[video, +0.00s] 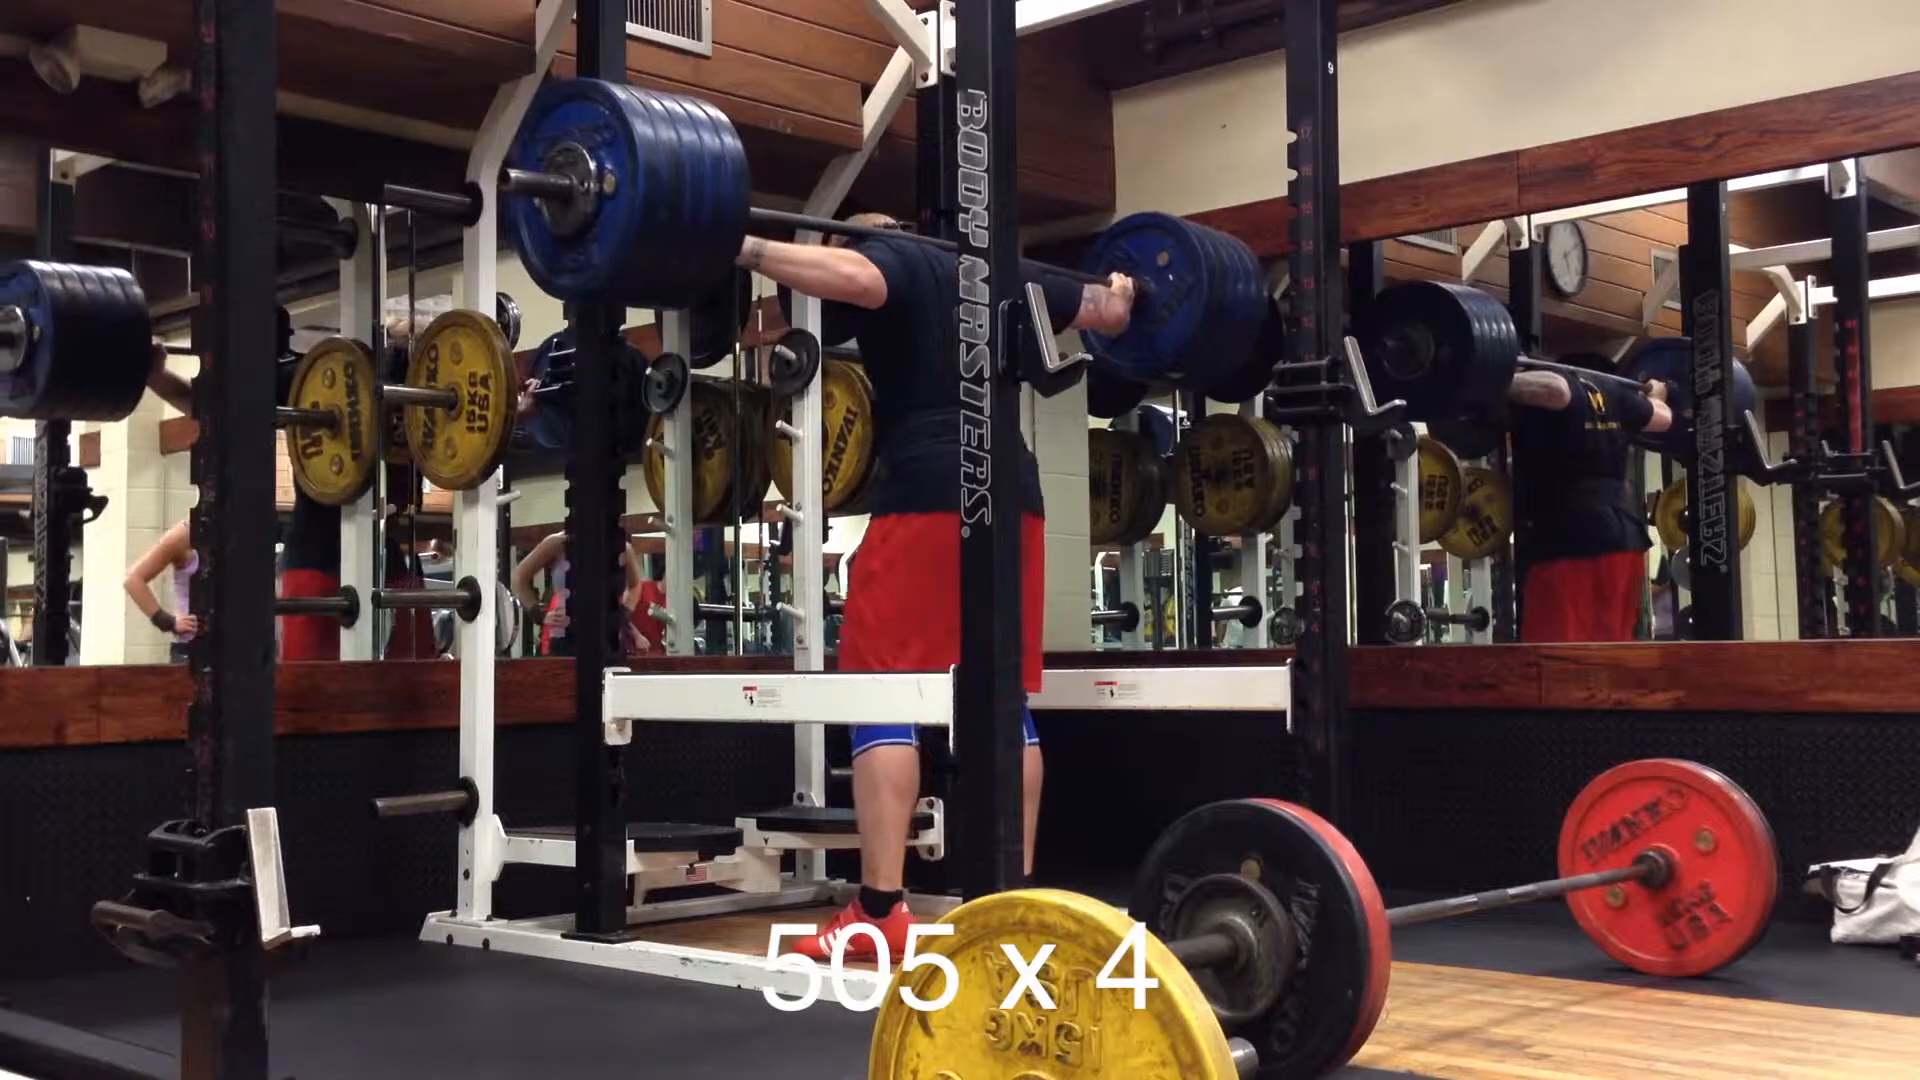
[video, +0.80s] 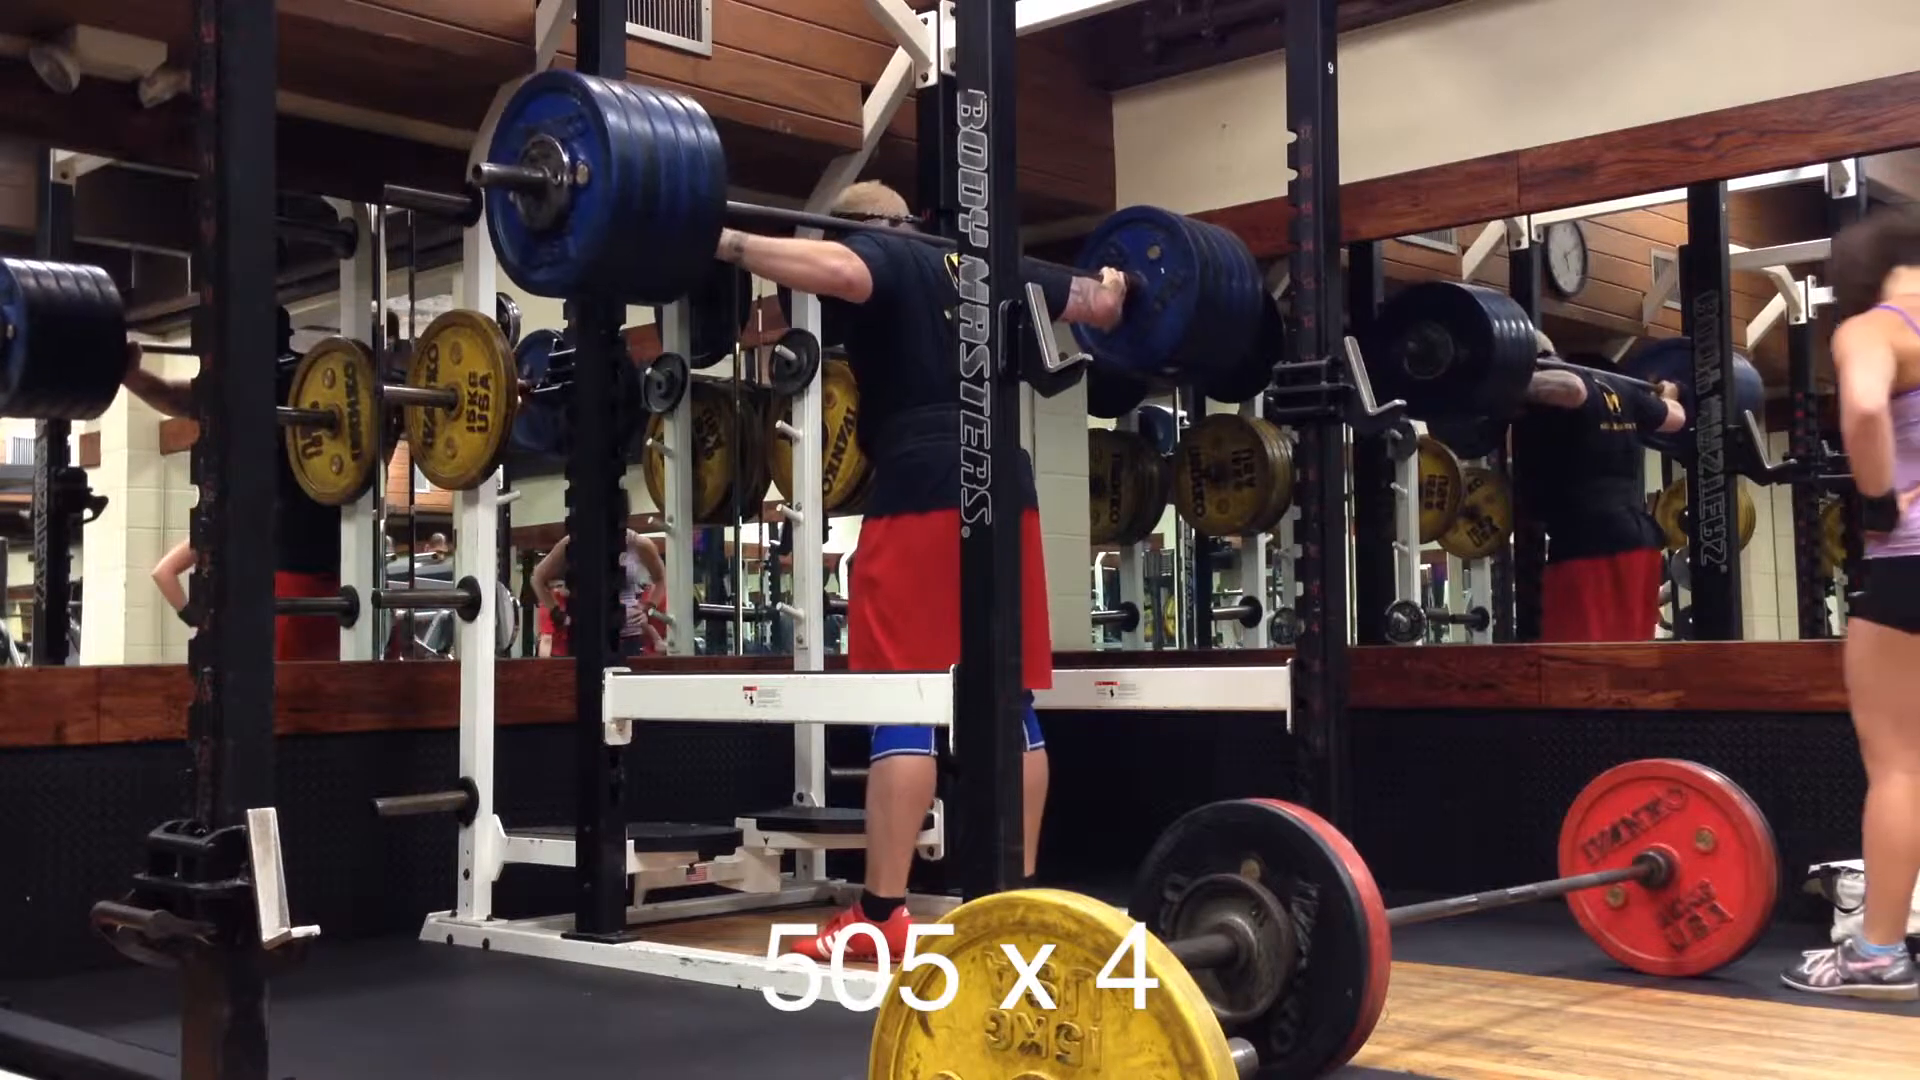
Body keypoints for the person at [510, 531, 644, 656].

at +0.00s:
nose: (597, 523)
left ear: (613, 517)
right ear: (577, 512)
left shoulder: (622, 549)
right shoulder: (557, 544)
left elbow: (634, 585)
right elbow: (520, 577)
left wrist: (624, 613)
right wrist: (540, 615)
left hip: (608, 638)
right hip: (567, 637)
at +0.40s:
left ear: (607, 527)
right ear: (572, 527)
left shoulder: (619, 544)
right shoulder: (554, 544)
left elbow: (640, 581)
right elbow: (518, 579)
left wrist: (627, 610)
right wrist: (539, 617)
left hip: (607, 634)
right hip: (566, 636)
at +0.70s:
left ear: (614, 522)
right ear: (580, 523)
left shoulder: (632, 546)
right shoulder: (565, 546)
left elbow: (655, 581)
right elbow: (532, 579)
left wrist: (642, 611)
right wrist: (551, 614)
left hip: (618, 629)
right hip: (578, 629)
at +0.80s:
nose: (608, 526)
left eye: (616, 519)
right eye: (601, 519)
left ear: (624, 517)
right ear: (588, 517)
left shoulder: (640, 545)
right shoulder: (572, 544)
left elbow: (660, 579)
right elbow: (538, 578)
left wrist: (647, 608)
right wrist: (555, 611)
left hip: (627, 631)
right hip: (584, 629)